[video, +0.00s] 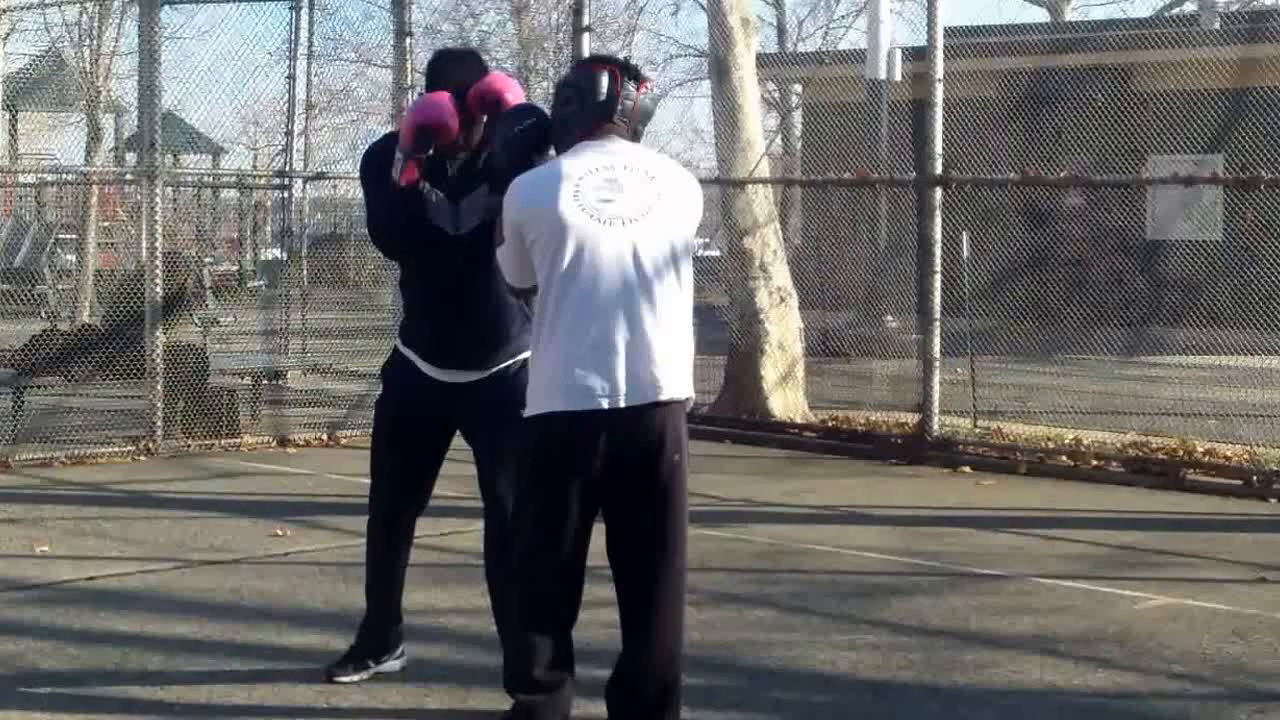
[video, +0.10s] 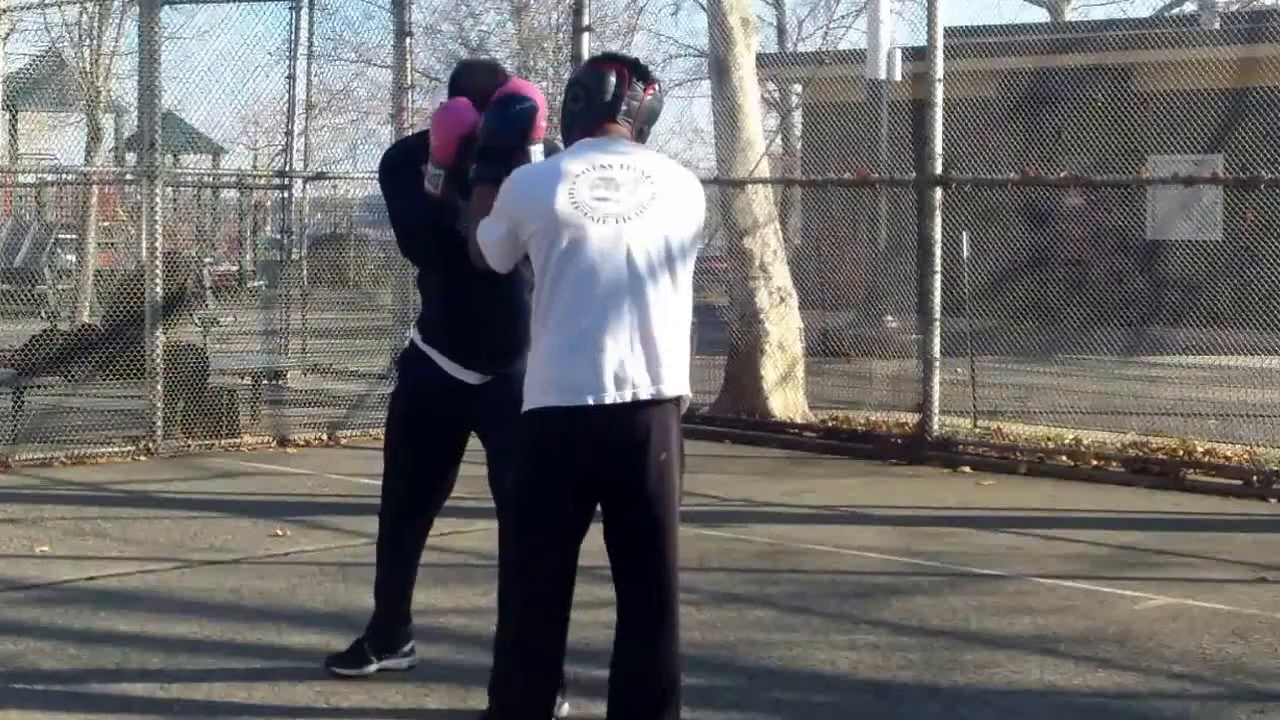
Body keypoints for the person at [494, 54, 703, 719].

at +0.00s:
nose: (648, 119)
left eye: (556, 110)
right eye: (642, 110)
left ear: (564, 114)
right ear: (633, 116)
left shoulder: (532, 189)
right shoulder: (680, 182)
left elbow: (520, 279)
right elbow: (671, 266)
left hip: (562, 407)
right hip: (658, 405)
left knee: (545, 563)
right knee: (655, 571)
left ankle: (540, 703)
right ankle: (651, 708)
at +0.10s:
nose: (652, 119)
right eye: (651, 110)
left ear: (570, 113)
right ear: (640, 116)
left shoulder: (533, 183)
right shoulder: (684, 186)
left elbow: (493, 253)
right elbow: (655, 252)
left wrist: (495, 192)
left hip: (555, 415)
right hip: (652, 414)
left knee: (536, 589)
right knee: (650, 593)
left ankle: (520, 710)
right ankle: (647, 714)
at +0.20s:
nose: (650, 122)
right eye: (649, 113)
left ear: (569, 110)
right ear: (636, 115)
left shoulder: (524, 172)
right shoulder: (673, 186)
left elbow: (470, 212)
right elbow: (672, 274)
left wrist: (508, 158)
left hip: (540, 411)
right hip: (635, 413)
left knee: (524, 574)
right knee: (639, 585)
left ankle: (507, 709)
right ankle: (646, 712)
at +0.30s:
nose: (645, 124)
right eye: (644, 115)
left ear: (567, 110)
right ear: (630, 117)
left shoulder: (518, 171)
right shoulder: (664, 190)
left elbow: (467, 228)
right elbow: (664, 288)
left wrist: (493, 170)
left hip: (527, 407)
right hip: (620, 412)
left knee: (516, 579)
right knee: (628, 583)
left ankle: (507, 710)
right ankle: (641, 713)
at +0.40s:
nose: (639, 128)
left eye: (637, 118)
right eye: (639, 118)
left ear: (559, 113)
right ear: (624, 120)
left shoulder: (499, 187)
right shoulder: (652, 193)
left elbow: (482, 286)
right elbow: (655, 302)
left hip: (507, 409)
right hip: (602, 410)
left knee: (506, 575)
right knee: (616, 580)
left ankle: (504, 709)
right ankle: (635, 712)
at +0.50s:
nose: (630, 125)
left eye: (628, 117)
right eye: (630, 116)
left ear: (549, 112)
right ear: (615, 119)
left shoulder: (495, 184)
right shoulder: (643, 189)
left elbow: (465, 291)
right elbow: (652, 301)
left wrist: (541, 296)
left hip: (504, 407)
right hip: (597, 408)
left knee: (503, 576)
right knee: (616, 579)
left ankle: (500, 707)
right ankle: (636, 711)